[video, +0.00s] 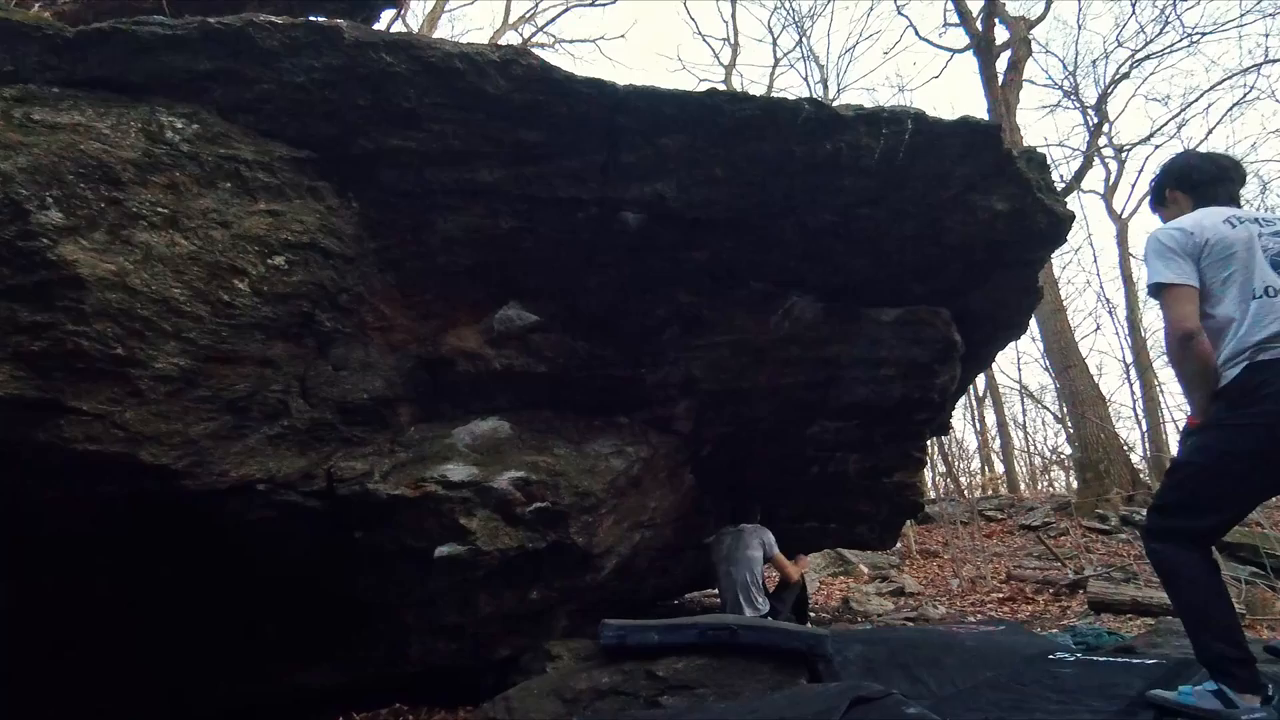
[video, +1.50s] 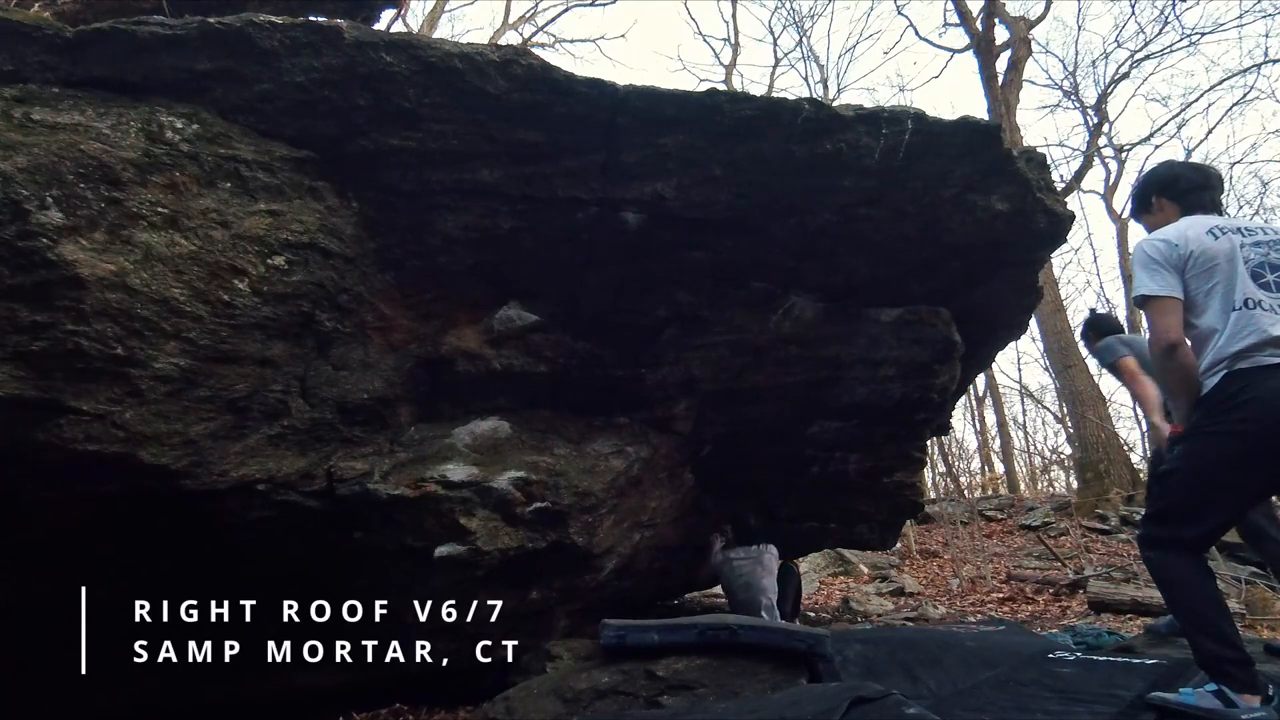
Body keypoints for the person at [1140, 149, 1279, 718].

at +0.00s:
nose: (1162, 216)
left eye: (1161, 208)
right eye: (1160, 209)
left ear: (1176, 199)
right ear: (1229, 193)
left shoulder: (1176, 232)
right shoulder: (1270, 224)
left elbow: (1185, 333)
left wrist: (1205, 410)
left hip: (1265, 389)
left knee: (1172, 531)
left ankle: (1237, 683)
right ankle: (1239, 682)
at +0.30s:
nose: (1158, 218)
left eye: (1158, 209)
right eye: (1157, 210)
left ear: (1174, 200)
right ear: (1226, 194)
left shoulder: (1172, 235)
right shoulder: (1268, 225)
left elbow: (1179, 334)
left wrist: (1200, 410)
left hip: (1261, 388)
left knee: (1173, 530)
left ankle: (1239, 684)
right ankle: (1244, 677)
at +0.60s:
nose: (1159, 217)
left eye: (1159, 208)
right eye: (1157, 209)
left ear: (1175, 199)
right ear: (1227, 195)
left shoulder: (1172, 236)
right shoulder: (1268, 228)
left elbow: (1179, 333)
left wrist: (1194, 415)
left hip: (1258, 391)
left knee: (1169, 533)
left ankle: (1238, 684)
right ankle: (1239, 681)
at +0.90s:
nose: (1155, 220)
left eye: (1155, 210)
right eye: (1154, 212)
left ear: (1172, 200)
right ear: (1222, 196)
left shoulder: (1169, 237)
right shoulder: (1267, 227)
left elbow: (1174, 337)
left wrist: (1188, 414)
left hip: (1251, 395)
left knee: (1167, 536)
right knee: (1263, 525)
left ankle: (1235, 684)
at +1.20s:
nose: (1148, 223)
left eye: (1147, 214)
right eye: (1146, 215)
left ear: (1163, 204)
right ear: (1216, 198)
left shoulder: (1163, 241)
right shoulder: (1265, 231)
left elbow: (1171, 342)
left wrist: (1185, 416)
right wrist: (1142, 350)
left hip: (1245, 395)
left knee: (1167, 538)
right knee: (1270, 529)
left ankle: (1235, 683)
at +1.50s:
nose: (1146, 225)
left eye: (1146, 215)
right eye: (1144, 217)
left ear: (1164, 205)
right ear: (1211, 202)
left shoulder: (1162, 242)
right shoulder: (1263, 231)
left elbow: (1169, 343)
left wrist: (1185, 416)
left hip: (1251, 389)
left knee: (1166, 536)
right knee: (1247, 502)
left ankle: (1236, 685)